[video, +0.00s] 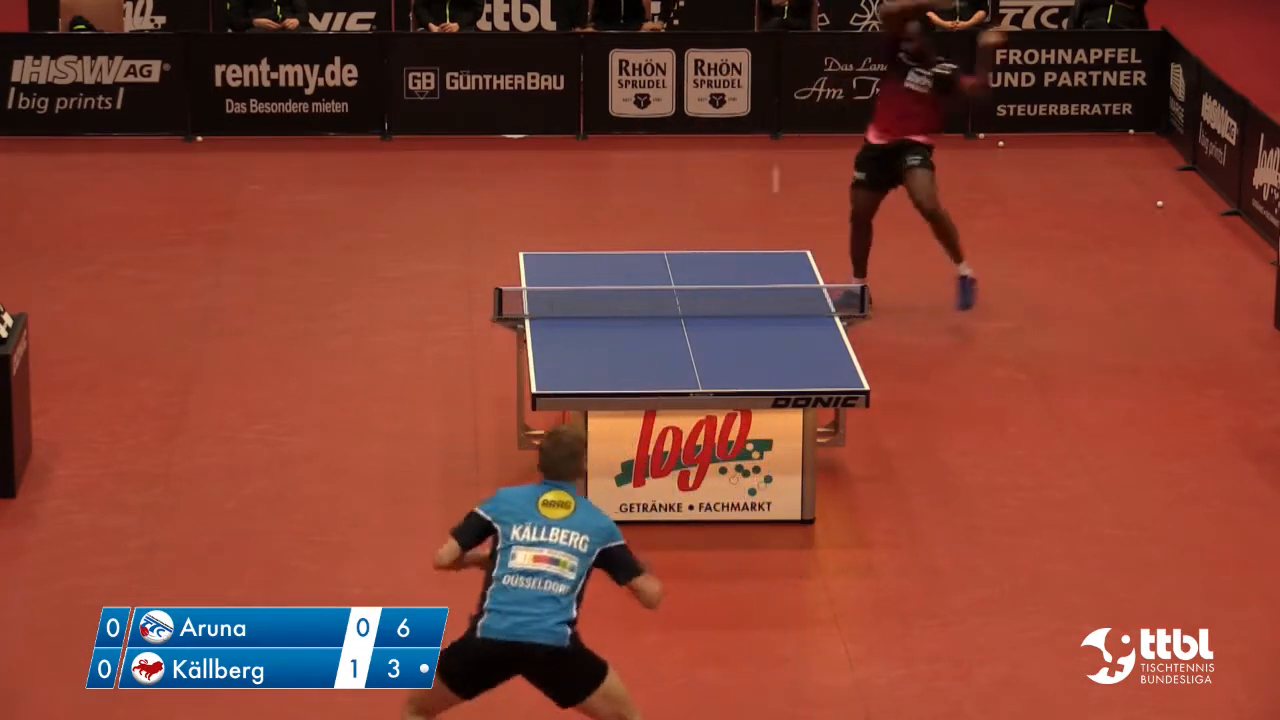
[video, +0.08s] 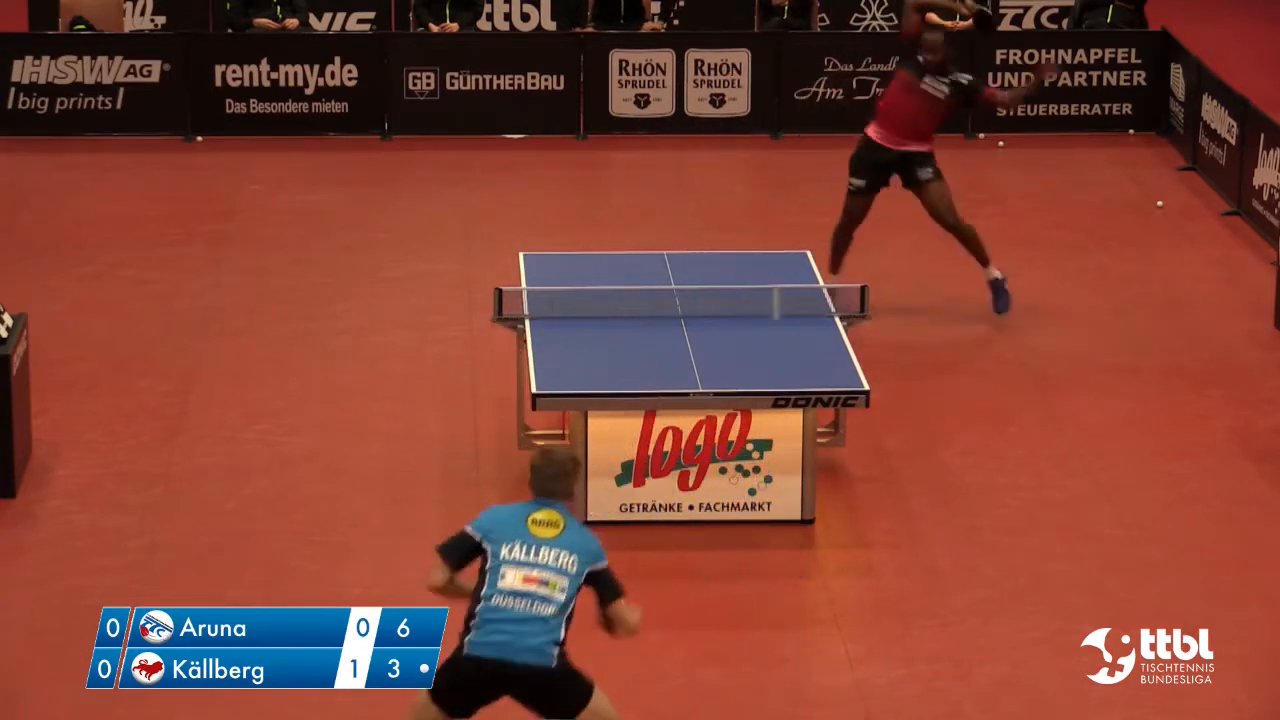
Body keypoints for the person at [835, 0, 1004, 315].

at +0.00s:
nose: (907, 45)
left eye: (913, 39)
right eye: (904, 39)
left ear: (927, 40)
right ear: (899, 40)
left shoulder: (942, 73)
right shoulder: (894, 59)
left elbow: (979, 88)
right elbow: (886, 12)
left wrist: (984, 49)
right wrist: (928, 5)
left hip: (913, 148)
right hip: (877, 147)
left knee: (928, 206)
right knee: (859, 216)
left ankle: (964, 272)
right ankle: (858, 286)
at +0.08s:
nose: (928, 55)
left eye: (934, 50)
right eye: (925, 49)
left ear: (947, 51)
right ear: (918, 46)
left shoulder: (959, 83)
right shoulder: (910, 57)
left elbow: (1004, 98)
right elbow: (910, 7)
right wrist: (955, 7)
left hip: (916, 156)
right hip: (875, 148)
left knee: (950, 221)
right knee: (849, 220)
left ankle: (994, 276)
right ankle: (830, 279)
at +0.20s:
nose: (953, 79)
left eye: (958, 74)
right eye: (948, 73)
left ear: (966, 76)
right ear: (939, 73)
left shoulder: (973, 114)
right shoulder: (923, 87)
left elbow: (1001, 156)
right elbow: (911, 36)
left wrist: (1042, 174)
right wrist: (954, 33)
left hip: (933, 186)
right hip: (892, 175)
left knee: (967, 244)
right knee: (845, 234)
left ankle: (992, 297)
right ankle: (797, 260)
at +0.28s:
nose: (956, 96)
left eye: (961, 90)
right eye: (951, 89)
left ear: (968, 92)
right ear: (940, 90)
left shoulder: (965, 129)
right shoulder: (921, 108)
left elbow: (963, 180)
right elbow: (909, 84)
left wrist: (986, 217)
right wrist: (952, 58)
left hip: (936, 199)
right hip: (896, 194)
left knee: (979, 244)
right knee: (857, 252)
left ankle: (994, 298)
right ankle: (793, 271)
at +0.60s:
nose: (847, 70)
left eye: (853, 65)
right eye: (842, 65)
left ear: (862, 65)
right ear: (833, 66)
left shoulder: (878, 96)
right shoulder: (819, 91)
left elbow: (903, 133)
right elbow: (794, 120)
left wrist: (923, 174)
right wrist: (782, 130)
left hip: (863, 174)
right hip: (820, 170)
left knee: (886, 230)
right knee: (780, 216)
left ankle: (901, 284)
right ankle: (769, 277)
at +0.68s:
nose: (811, 78)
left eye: (816, 72)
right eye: (806, 73)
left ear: (826, 72)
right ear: (798, 74)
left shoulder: (847, 101)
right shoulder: (788, 101)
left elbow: (871, 141)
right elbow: (775, 142)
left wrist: (877, 184)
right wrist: (754, 150)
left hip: (841, 179)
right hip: (800, 176)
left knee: (852, 241)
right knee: (752, 224)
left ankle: (873, 285)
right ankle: (727, 276)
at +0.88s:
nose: (733, 100)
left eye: (738, 94)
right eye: (729, 95)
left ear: (753, 93)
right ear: (725, 94)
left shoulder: (763, 116)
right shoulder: (740, 116)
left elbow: (750, 160)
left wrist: (713, 187)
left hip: (796, 196)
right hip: (760, 192)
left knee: (811, 267)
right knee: (706, 217)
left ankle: (877, 278)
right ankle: (699, 277)